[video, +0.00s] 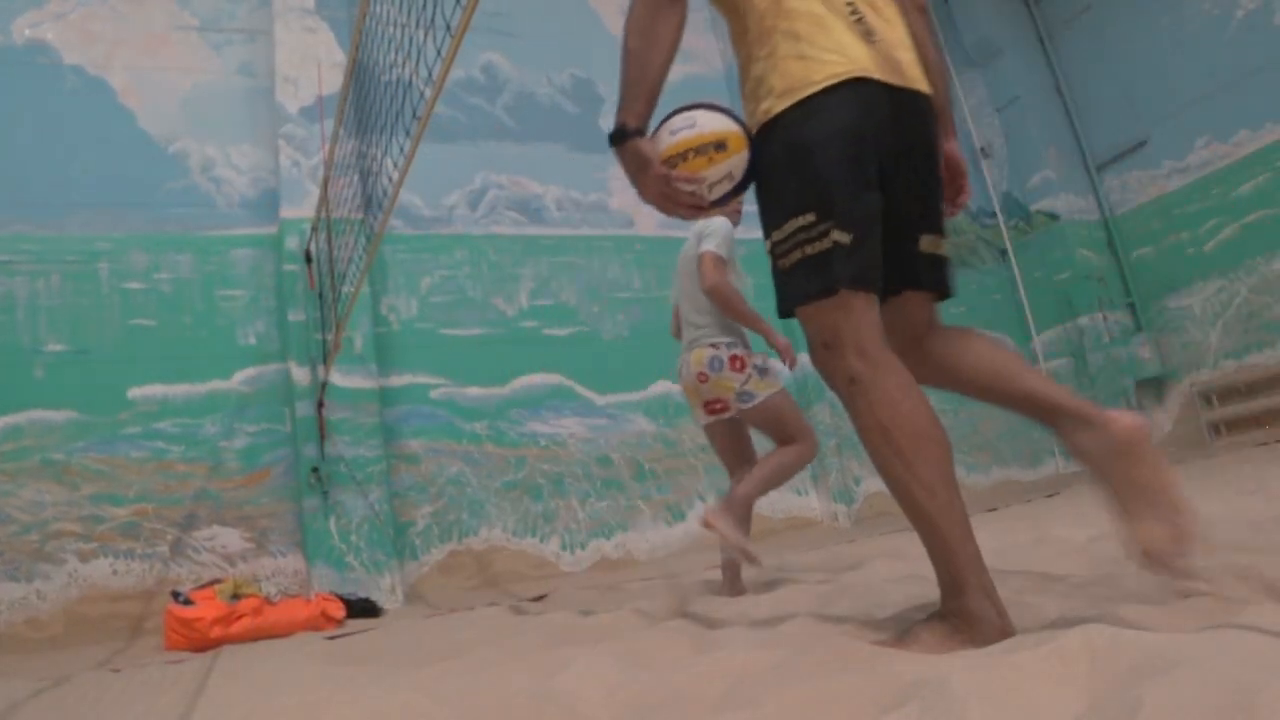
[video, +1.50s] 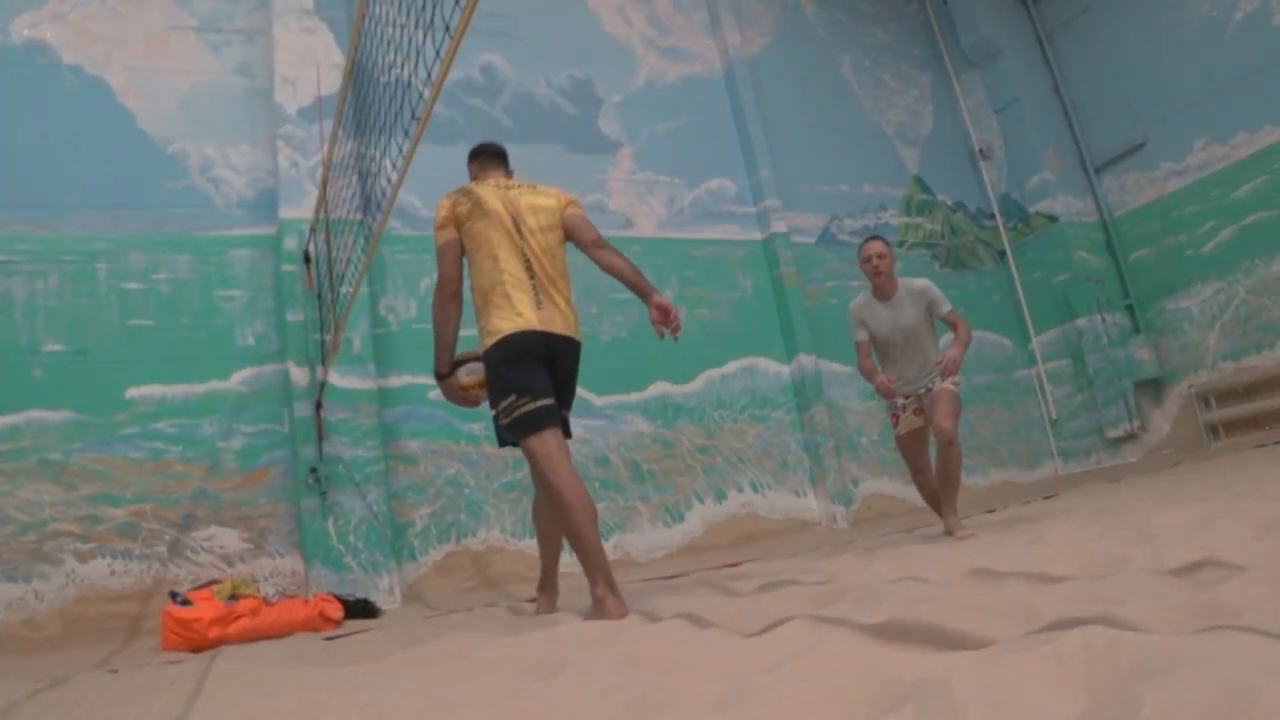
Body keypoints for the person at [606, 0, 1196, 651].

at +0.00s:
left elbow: (660, 3)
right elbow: (908, 7)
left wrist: (627, 131)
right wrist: (939, 125)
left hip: (804, 97)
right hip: (904, 91)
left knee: (850, 351)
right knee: (913, 336)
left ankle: (972, 608)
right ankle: (1099, 430)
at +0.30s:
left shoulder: (606, 3)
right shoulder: (753, 1)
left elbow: (593, 86)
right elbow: (835, 32)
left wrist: (584, 218)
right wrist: (878, 156)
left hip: (730, 164)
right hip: (806, 160)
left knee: (828, 356)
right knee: (753, 376)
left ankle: (966, 596)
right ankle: (751, 593)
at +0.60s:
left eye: (585, 22)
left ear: (593, 13)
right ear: (646, 13)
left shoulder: (577, 34)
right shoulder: (700, 50)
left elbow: (538, 123)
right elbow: (761, 138)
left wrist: (519, 238)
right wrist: (740, 226)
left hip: (647, 229)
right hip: (722, 232)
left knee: (630, 414)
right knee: (717, 410)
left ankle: (773, 498)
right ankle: (744, 602)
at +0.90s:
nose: (548, 77)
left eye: (549, 70)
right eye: (556, 70)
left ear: (554, 67)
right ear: (598, 69)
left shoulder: (537, 96)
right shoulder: (649, 113)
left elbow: (511, 175)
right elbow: (666, 212)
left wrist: (475, 275)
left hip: (584, 279)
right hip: (662, 270)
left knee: (574, 432)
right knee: (689, 414)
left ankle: (605, 587)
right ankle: (735, 592)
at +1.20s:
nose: (494, 132)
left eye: (492, 125)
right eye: (499, 124)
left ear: (492, 123)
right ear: (533, 117)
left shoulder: (483, 154)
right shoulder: (588, 154)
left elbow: (460, 239)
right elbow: (614, 244)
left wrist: (437, 323)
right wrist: (629, 321)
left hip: (536, 322)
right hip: (601, 316)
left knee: (564, 464)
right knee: (620, 440)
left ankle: (606, 602)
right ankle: (663, 512)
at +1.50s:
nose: (475, 183)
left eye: (471, 176)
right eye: (485, 174)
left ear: (472, 174)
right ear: (510, 170)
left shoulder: (458, 203)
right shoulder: (552, 197)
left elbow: (449, 285)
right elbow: (598, 247)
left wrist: (443, 364)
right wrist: (650, 294)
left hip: (511, 341)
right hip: (565, 339)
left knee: (558, 468)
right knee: (545, 467)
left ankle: (608, 596)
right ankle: (547, 593)